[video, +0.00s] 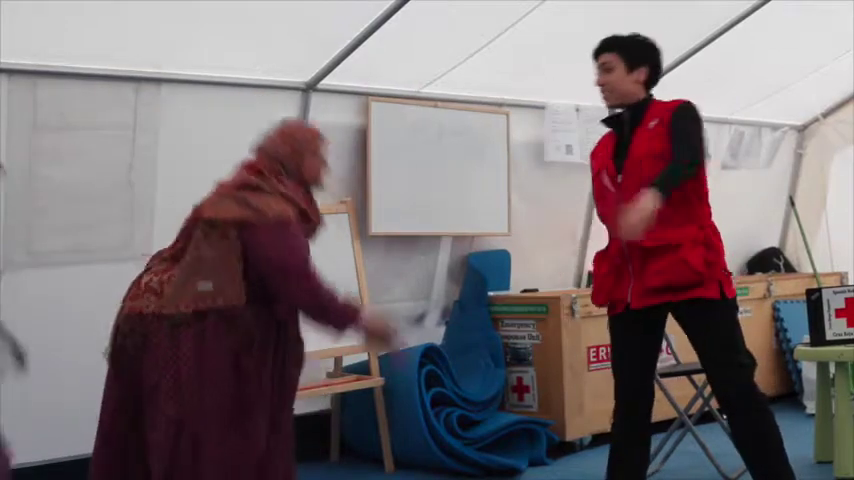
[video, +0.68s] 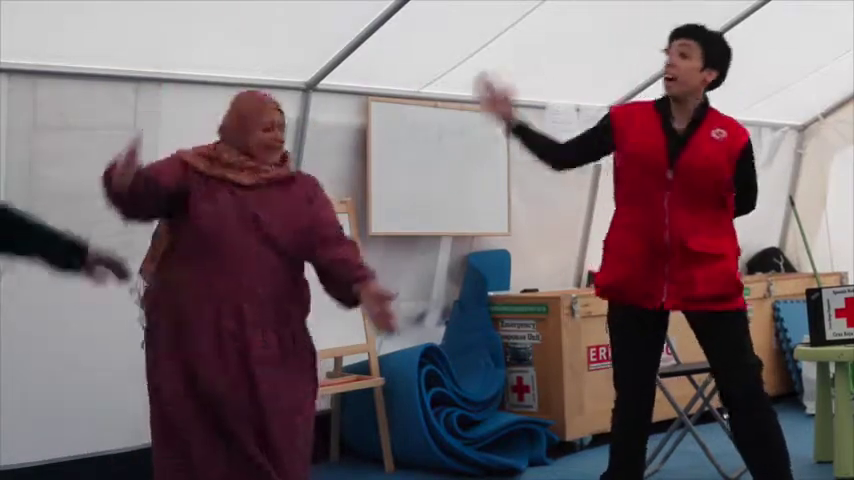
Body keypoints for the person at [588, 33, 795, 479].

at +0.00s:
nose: (599, 80)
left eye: (607, 70)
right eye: (597, 72)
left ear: (641, 74)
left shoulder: (679, 113)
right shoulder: (603, 149)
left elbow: (686, 162)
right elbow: (614, 215)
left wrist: (650, 196)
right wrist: (613, 266)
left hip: (692, 271)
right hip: (630, 282)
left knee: (736, 388)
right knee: (630, 406)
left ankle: (776, 476)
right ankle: (623, 479)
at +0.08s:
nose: (608, 78)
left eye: (617, 69)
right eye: (607, 70)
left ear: (651, 75)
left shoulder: (688, 117)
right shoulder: (607, 147)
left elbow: (717, 161)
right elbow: (618, 216)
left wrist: (696, 204)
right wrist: (611, 261)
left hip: (690, 271)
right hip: (627, 282)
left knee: (735, 387)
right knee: (629, 405)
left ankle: (775, 475)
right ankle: (624, 478)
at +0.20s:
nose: (618, 75)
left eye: (629, 65)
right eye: (618, 66)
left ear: (661, 75)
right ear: (622, 78)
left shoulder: (696, 123)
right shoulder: (608, 145)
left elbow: (753, 174)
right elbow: (621, 219)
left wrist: (752, 242)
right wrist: (609, 266)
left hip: (695, 279)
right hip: (625, 287)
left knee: (737, 393)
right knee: (629, 410)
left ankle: (776, 476)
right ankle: (624, 479)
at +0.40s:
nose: (632, 64)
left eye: (644, 56)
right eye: (634, 56)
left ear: (673, 72)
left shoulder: (706, 124)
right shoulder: (612, 136)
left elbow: (764, 183)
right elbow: (598, 211)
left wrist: (739, 249)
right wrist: (552, 260)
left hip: (695, 276)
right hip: (625, 283)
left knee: (739, 394)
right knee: (629, 409)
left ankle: (775, 476)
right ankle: (622, 479)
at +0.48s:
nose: (641, 59)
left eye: (655, 53)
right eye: (644, 52)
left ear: (683, 71)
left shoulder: (712, 125)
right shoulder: (614, 130)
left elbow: (760, 185)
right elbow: (581, 196)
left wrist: (718, 224)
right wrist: (517, 225)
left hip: (697, 274)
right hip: (628, 279)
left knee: (739, 395)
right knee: (629, 409)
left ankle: (776, 477)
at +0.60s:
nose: (658, 57)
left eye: (672, 51)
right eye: (658, 50)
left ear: (699, 71)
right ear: (654, 63)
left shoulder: (724, 130)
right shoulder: (618, 122)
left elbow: (748, 194)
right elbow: (564, 169)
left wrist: (700, 215)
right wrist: (498, 156)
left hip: (704, 277)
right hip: (631, 278)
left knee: (744, 395)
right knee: (630, 405)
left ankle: (776, 478)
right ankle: (622, 479)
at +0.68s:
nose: (669, 62)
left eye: (683, 55)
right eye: (668, 54)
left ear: (710, 75)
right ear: (664, 65)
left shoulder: (732, 136)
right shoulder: (627, 120)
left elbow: (744, 201)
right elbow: (561, 156)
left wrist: (691, 217)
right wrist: (512, 121)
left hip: (708, 278)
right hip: (634, 278)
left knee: (746, 395)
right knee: (632, 403)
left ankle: (775, 478)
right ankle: (621, 479)